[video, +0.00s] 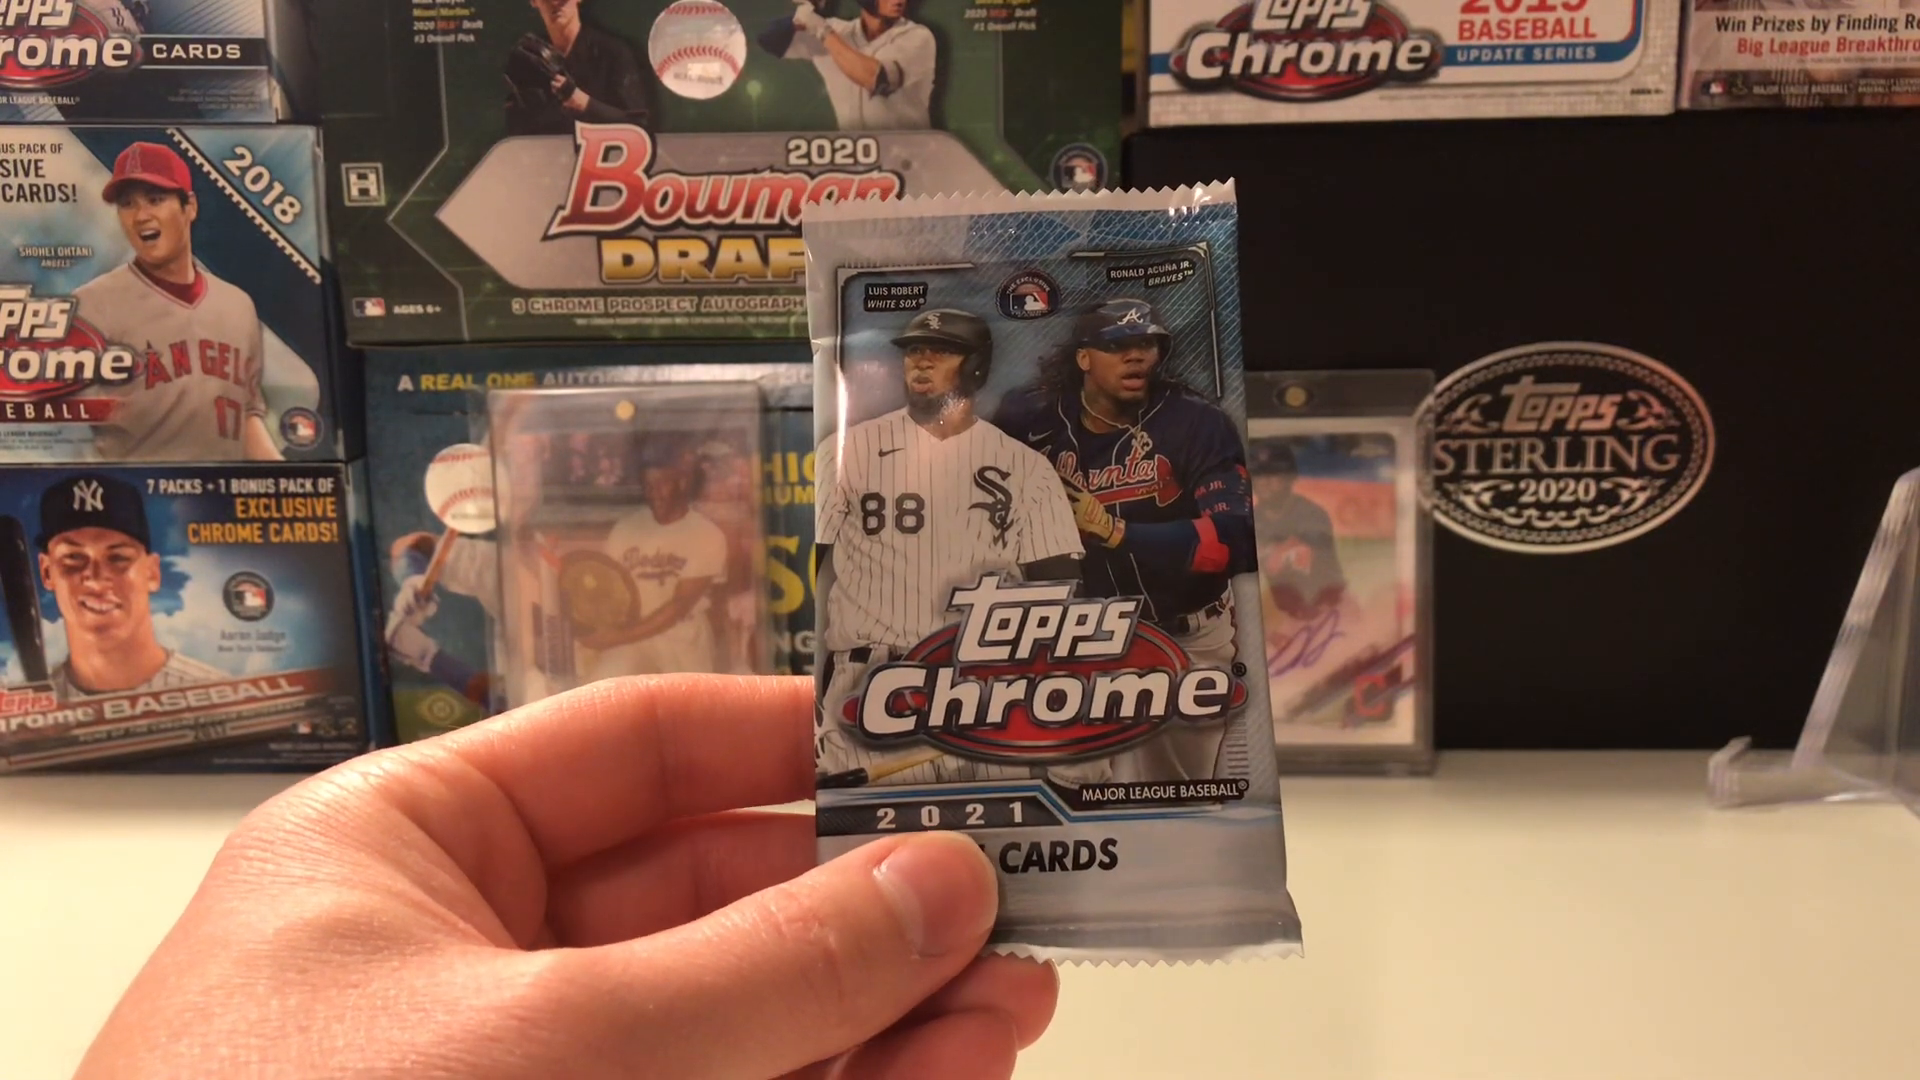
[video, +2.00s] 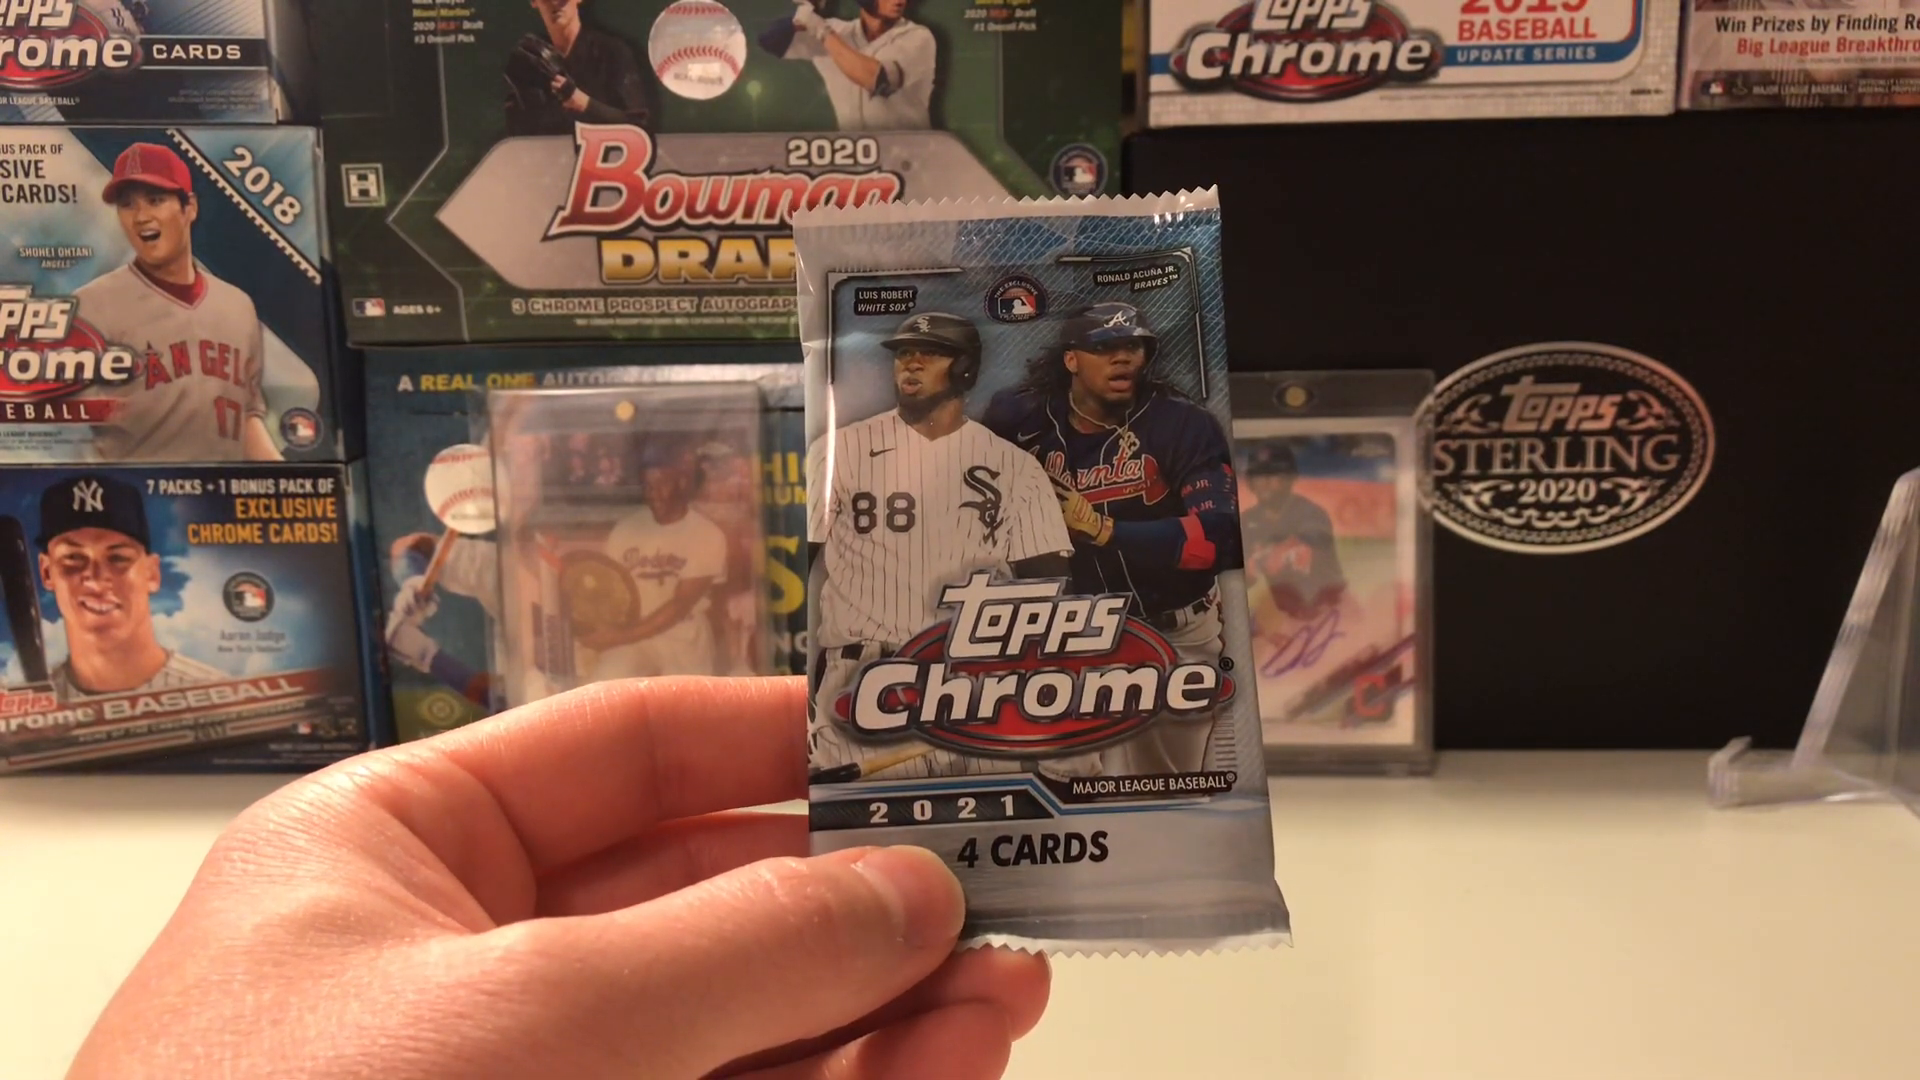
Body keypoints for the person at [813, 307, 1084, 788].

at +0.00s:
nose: (921, 363)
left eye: (938, 351)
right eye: (913, 350)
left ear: (973, 366)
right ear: (902, 361)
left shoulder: (1026, 470)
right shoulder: (848, 453)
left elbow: (1056, 592)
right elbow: (813, 577)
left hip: (980, 699)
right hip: (861, 696)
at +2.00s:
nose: (910, 365)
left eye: (927, 354)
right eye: (903, 353)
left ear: (963, 369)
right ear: (893, 363)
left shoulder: (1015, 470)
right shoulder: (837, 454)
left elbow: (1047, 590)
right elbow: (794, 570)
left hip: (971, 694)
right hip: (853, 691)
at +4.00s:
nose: (968, 373)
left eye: (986, 363)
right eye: (961, 362)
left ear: (1020, 378)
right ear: (951, 372)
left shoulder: (1076, 481)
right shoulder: (892, 465)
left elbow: (1110, 603)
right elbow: (849, 586)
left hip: (1033, 710)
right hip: (912, 709)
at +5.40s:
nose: (1032, 370)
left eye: (1051, 360)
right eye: (1025, 359)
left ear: (1087, 377)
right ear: (1014, 369)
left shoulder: (1145, 483)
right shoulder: (957, 464)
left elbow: (1178, 611)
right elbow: (910, 593)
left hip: (1100, 716)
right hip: (979, 714)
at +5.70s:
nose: (1028, 369)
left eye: (1046, 359)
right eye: (1021, 358)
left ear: (1083, 375)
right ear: (1010, 368)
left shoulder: (1139, 478)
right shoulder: (951, 462)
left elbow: (1172, 606)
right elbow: (912, 588)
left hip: (1099, 717)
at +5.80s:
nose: (1038, 376)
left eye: (1055, 366)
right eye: (1031, 365)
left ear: (1091, 382)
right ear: (1020, 375)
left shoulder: (1147, 485)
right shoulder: (959, 468)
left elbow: (1183, 611)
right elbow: (934, 593)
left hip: (1102, 711)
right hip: (982, 710)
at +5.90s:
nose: (1045, 379)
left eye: (1062, 368)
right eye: (1037, 368)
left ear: (1098, 384)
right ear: (1027, 378)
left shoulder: (1156, 486)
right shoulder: (970, 471)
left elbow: (1191, 613)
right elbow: (946, 594)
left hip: (1111, 714)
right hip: (993, 714)